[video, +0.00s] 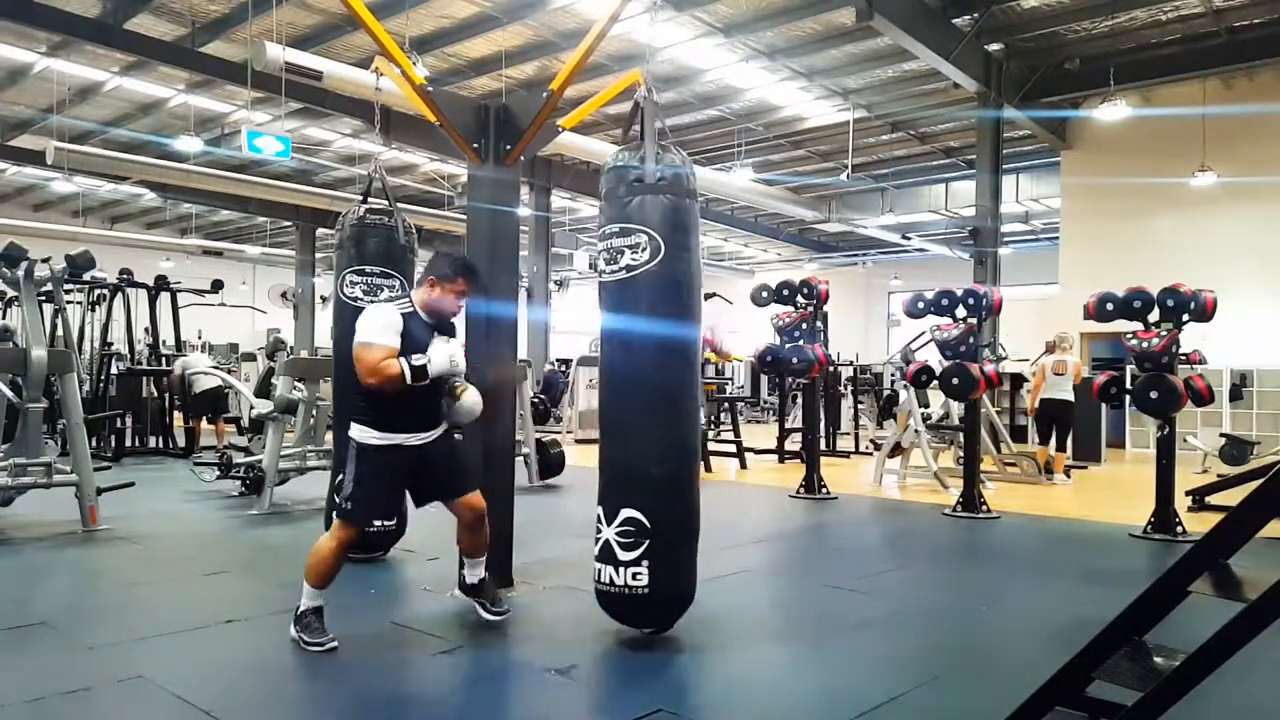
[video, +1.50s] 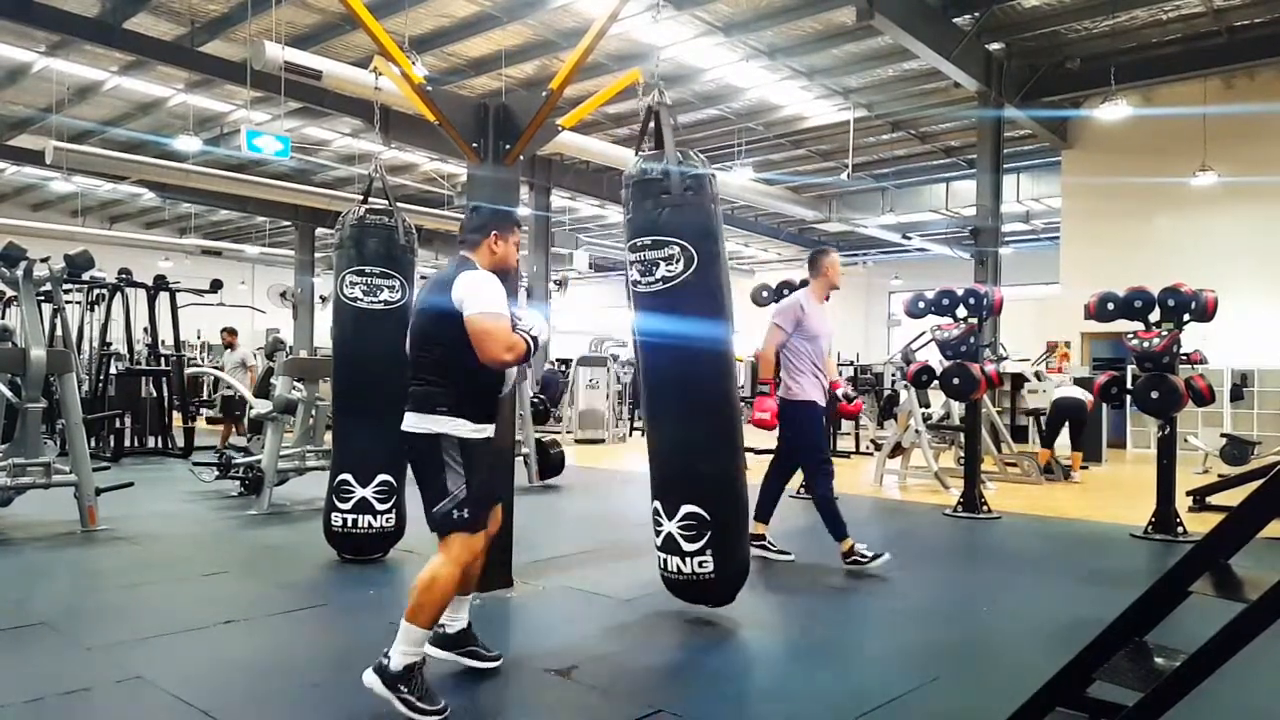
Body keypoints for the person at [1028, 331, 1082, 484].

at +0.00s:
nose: (1071, 348)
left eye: (1054, 343)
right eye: (1071, 346)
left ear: (1055, 344)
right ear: (1071, 346)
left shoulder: (1045, 361)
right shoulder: (1075, 363)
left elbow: (1037, 384)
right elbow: (1077, 380)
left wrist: (1031, 404)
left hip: (1046, 400)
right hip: (1066, 401)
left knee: (1043, 440)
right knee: (1061, 442)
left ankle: (1039, 470)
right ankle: (1059, 473)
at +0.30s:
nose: (1067, 349)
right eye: (1068, 347)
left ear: (1052, 346)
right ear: (1067, 347)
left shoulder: (1042, 361)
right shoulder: (1073, 363)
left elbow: (1034, 384)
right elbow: (1078, 386)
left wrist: (1029, 404)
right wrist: (1069, 377)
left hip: (1042, 400)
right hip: (1062, 402)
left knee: (1040, 438)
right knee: (1058, 440)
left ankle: (1035, 470)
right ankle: (1058, 473)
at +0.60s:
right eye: (1061, 350)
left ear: (1047, 349)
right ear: (1060, 351)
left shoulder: (1035, 363)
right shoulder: (1066, 365)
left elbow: (1026, 384)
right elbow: (1071, 386)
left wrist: (1027, 402)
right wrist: (1066, 402)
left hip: (1036, 399)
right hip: (1056, 401)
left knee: (1037, 438)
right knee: (1060, 439)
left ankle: (1036, 471)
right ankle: (1061, 470)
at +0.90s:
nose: (1067, 357)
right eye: (1066, 355)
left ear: (1049, 352)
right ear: (1062, 354)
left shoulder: (1036, 364)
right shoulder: (1065, 365)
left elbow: (1027, 385)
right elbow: (1068, 387)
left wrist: (1029, 399)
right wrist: (1063, 400)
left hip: (1035, 399)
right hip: (1054, 401)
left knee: (1036, 438)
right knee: (1064, 439)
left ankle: (1036, 471)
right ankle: (1075, 471)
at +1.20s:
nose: (1067, 360)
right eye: (1068, 358)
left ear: (1054, 361)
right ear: (1068, 360)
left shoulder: (1048, 373)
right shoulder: (1076, 373)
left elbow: (1041, 389)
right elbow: (1080, 392)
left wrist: (1044, 400)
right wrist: (1075, 403)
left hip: (1048, 399)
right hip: (1067, 400)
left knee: (1044, 440)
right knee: (1069, 440)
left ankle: (1037, 471)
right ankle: (1075, 472)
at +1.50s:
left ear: (1058, 386)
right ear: (1071, 385)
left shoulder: (1055, 390)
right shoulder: (1079, 389)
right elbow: (1090, 398)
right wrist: (1085, 412)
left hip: (1059, 403)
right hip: (1079, 404)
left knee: (1049, 439)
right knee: (1076, 441)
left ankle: (1039, 470)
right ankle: (1075, 473)